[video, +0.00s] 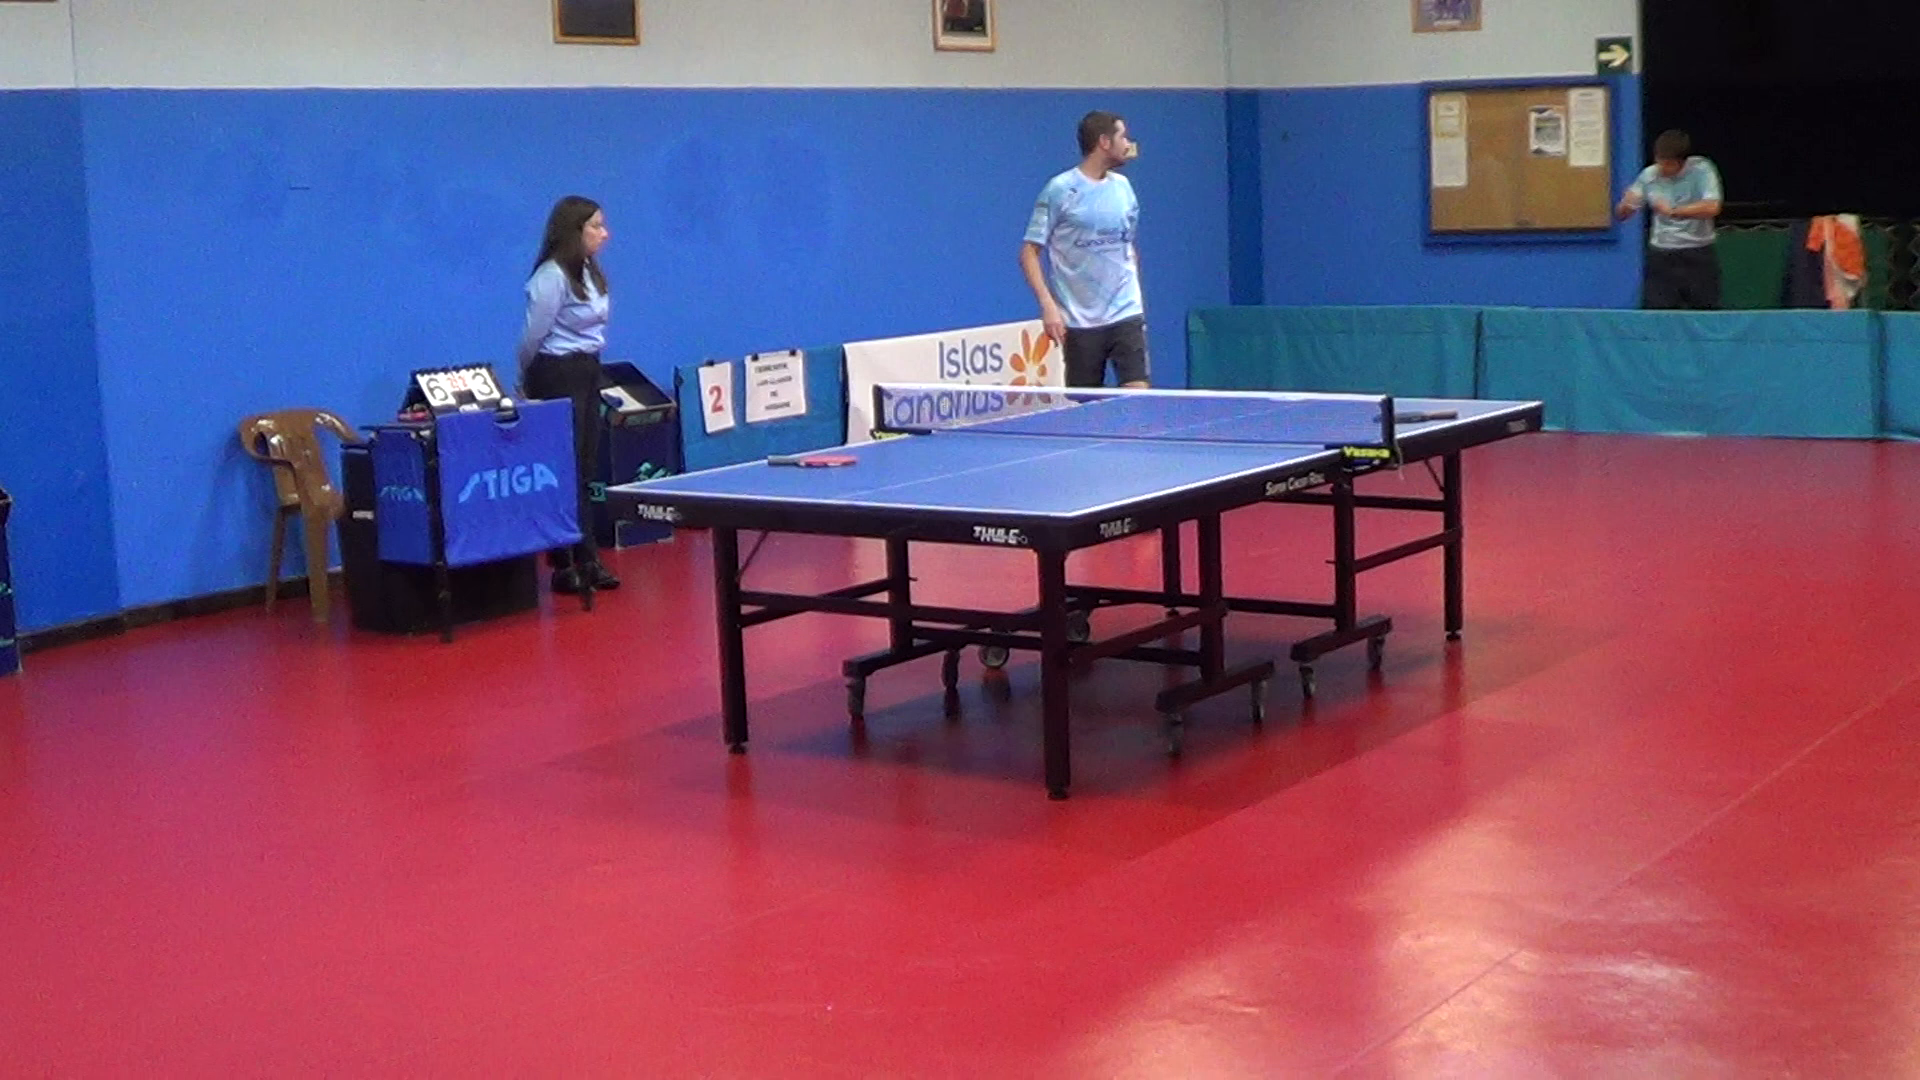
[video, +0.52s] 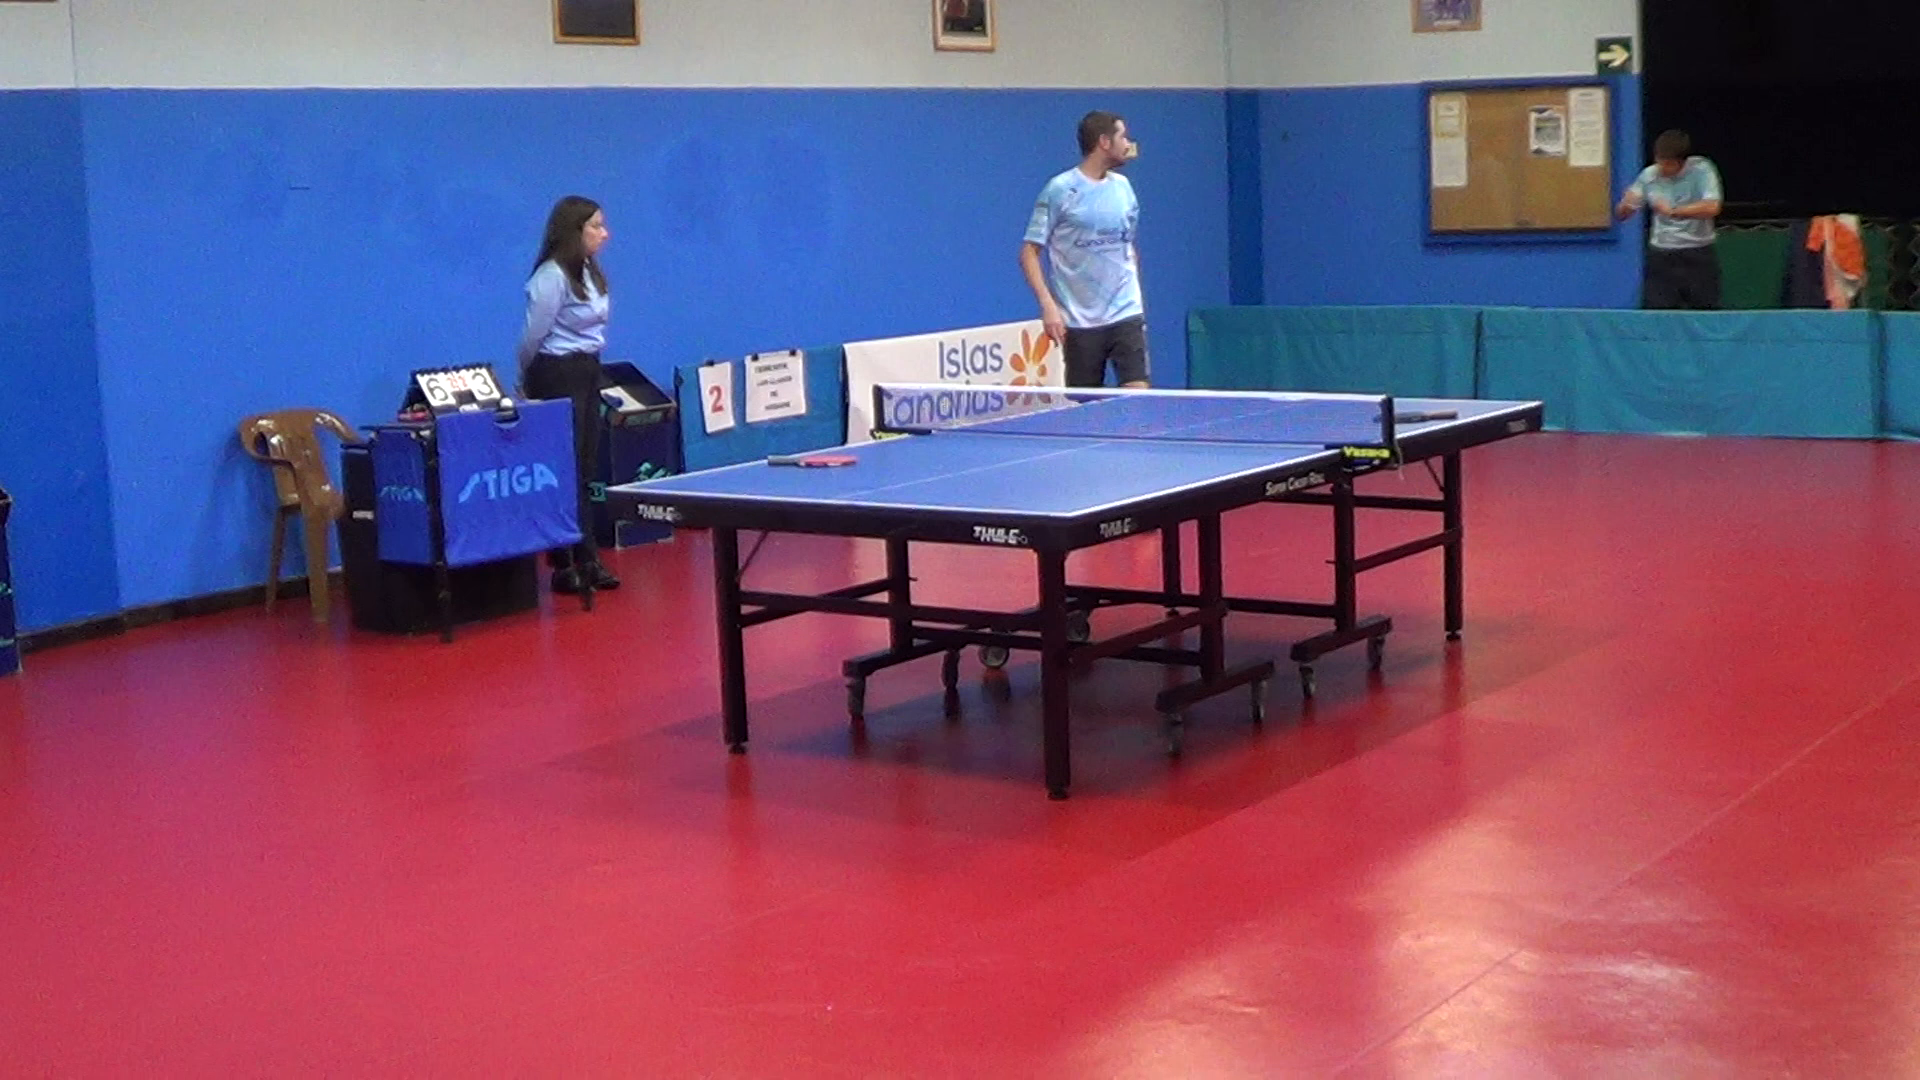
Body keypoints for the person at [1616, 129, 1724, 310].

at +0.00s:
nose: (1663, 168)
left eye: (1668, 164)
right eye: (1661, 163)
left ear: (1681, 161)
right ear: (1657, 159)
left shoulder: (1702, 169)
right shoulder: (1649, 174)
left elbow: (1712, 207)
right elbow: (1622, 214)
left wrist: (1673, 211)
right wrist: (1627, 205)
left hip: (1698, 254)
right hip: (1662, 255)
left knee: (1705, 314)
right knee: (1658, 315)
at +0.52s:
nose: (1663, 168)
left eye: (1668, 164)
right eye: (1661, 163)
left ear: (1681, 161)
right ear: (1657, 159)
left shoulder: (1702, 169)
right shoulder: (1649, 174)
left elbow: (1712, 207)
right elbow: (1622, 214)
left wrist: (1673, 211)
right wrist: (1627, 205)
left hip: (1698, 254)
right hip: (1662, 255)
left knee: (1705, 314)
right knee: (1658, 315)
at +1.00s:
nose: (1651, 147)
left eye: (1658, 141)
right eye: (1648, 140)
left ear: (1672, 141)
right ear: (1643, 140)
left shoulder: (1690, 168)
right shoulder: (1635, 171)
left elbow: (1712, 204)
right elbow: (1618, 200)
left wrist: (1679, 211)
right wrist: (1615, 208)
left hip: (1685, 249)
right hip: (1648, 251)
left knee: (1693, 310)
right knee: (1649, 312)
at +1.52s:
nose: (1696, 150)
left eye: (1701, 145)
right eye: (1692, 143)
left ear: (1706, 146)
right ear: (1678, 139)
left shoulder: (1715, 174)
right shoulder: (1654, 173)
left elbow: (1736, 210)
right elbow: (1629, 212)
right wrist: (1647, 212)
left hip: (1703, 252)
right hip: (1664, 252)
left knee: (1706, 316)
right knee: (1664, 317)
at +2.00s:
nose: (1763, 154)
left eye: (1766, 148)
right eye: (1761, 146)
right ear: (1744, 139)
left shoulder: (1749, 174)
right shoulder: (1708, 168)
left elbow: (1747, 223)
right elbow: (1682, 212)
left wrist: (1756, 262)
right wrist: (1724, 219)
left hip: (1739, 250)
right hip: (1711, 248)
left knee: (1739, 313)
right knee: (1716, 313)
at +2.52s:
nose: (1821, 161)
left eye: (1823, 156)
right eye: (1820, 154)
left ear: (1808, 146)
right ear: (1807, 145)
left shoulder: (1791, 172)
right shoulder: (1777, 170)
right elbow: (1759, 219)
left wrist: (1812, 234)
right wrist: (1804, 238)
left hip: (1788, 253)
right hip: (1769, 253)